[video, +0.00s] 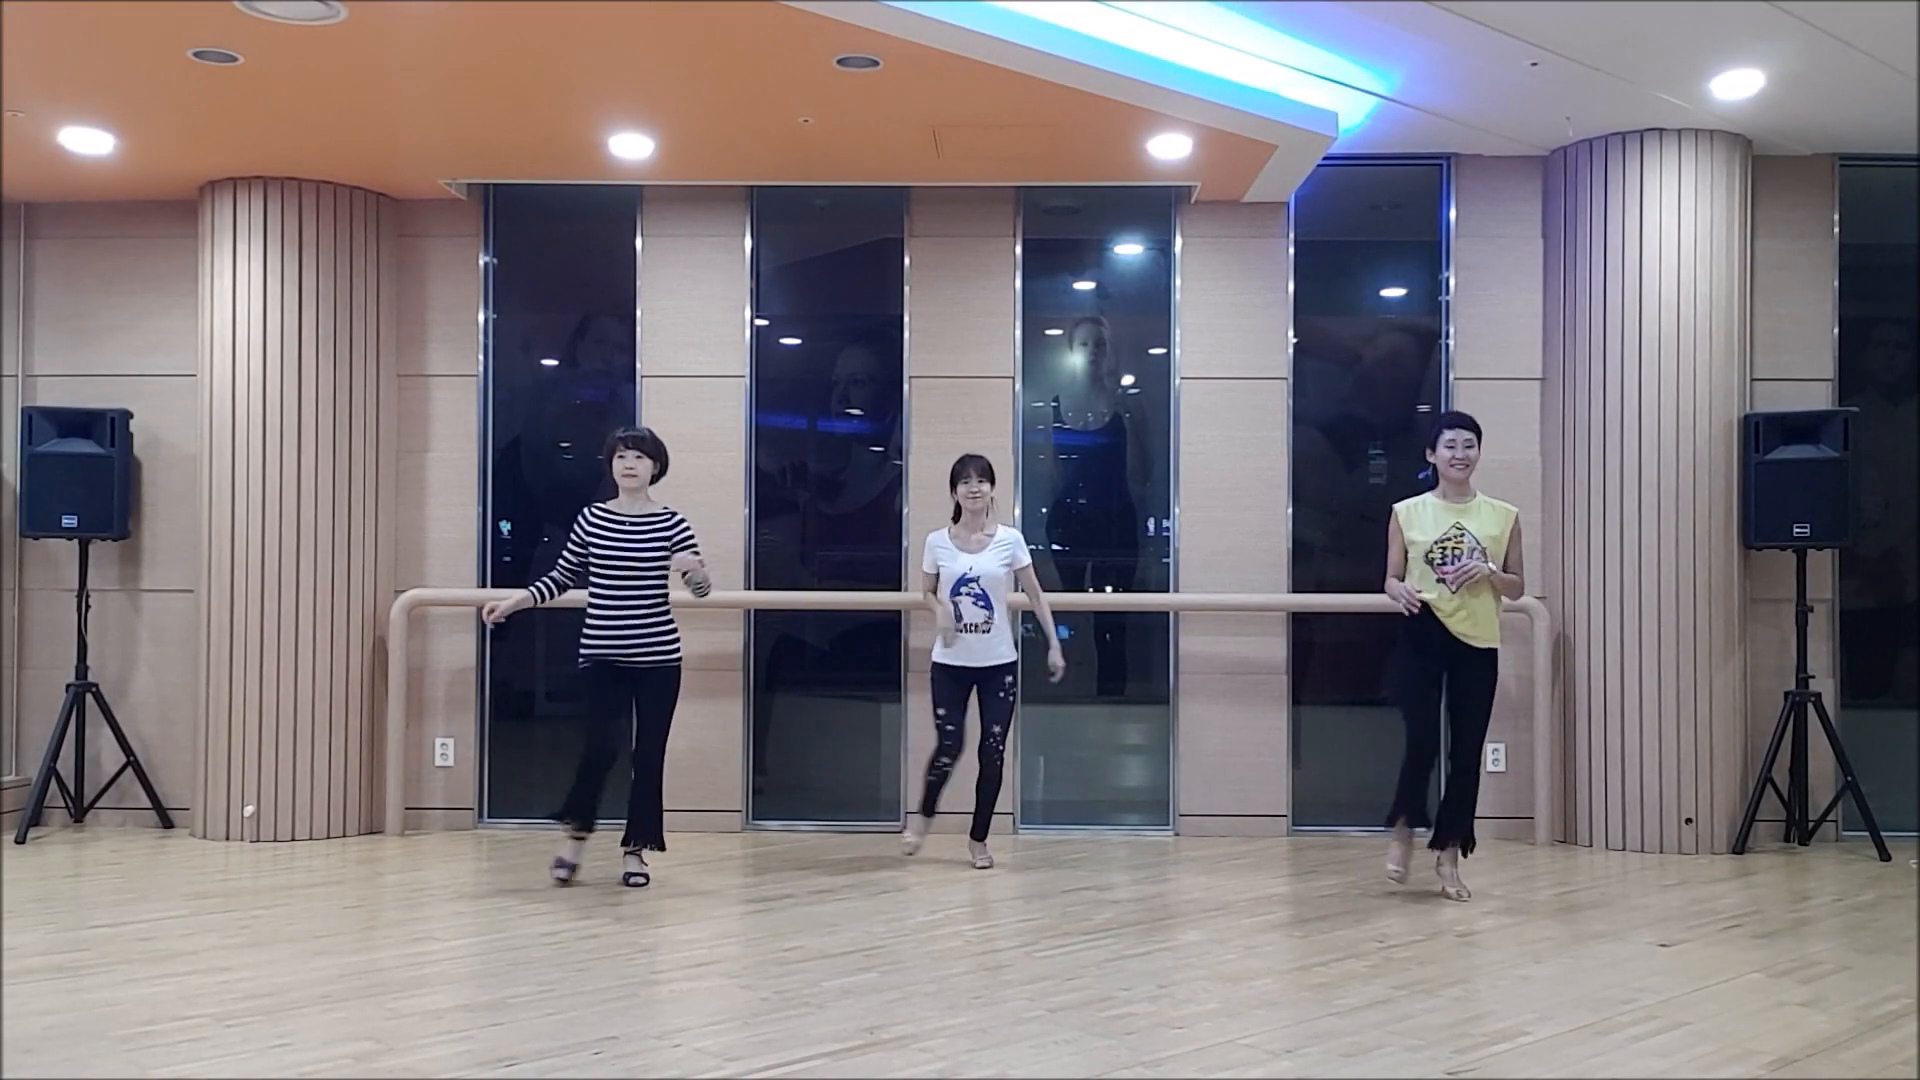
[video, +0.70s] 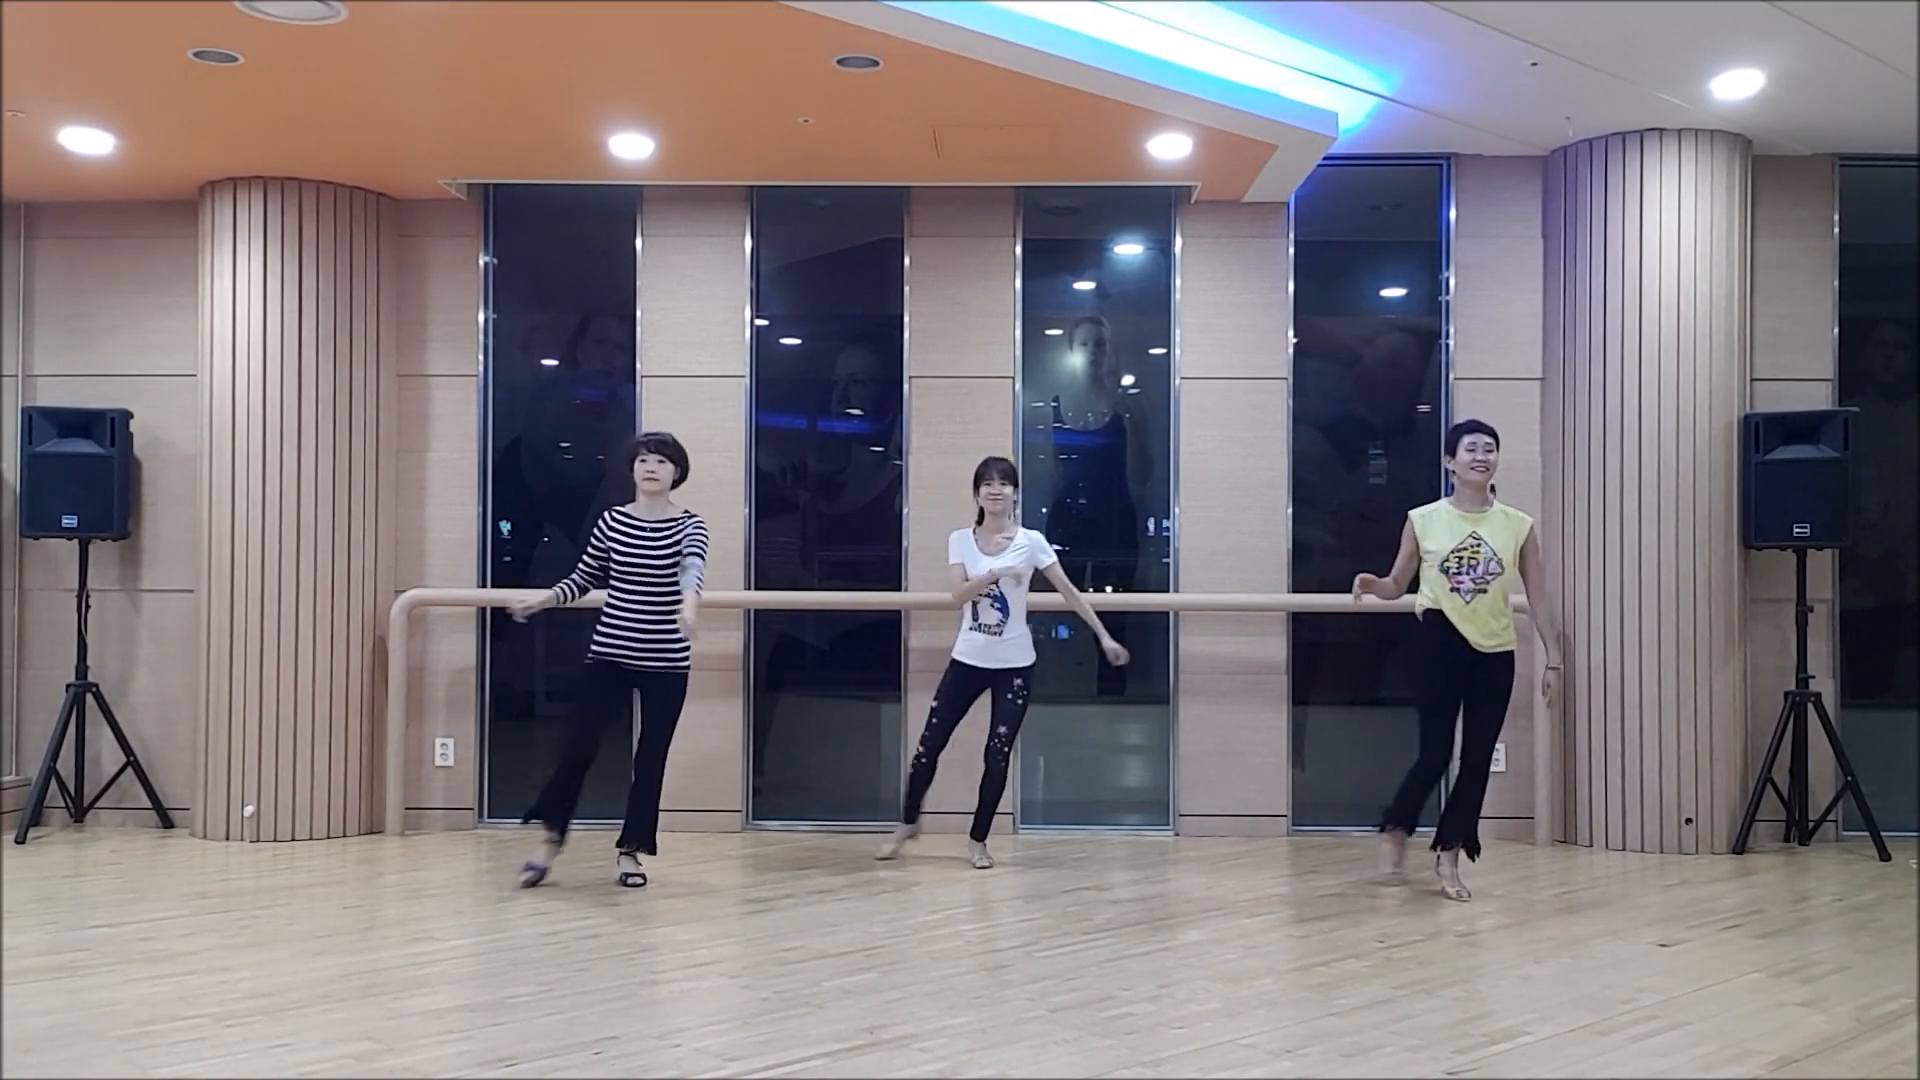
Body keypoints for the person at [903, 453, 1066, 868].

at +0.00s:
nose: (974, 488)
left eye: (981, 481)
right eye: (965, 482)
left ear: (993, 488)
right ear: (954, 490)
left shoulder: (1010, 539)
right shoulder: (937, 542)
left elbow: (1035, 593)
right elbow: (926, 593)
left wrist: (1054, 643)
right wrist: (941, 607)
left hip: (998, 663)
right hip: (949, 663)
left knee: (993, 752)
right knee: (949, 747)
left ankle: (978, 838)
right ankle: (922, 817)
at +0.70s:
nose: (995, 490)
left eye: (1002, 484)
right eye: (987, 484)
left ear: (1015, 492)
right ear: (976, 492)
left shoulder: (1031, 541)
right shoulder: (961, 540)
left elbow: (1069, 592)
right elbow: (957, 595)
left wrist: (1105, 636)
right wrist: (989, 578)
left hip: (1015, 662)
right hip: (968, 658)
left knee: (998, 754)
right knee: (929, 744)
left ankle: (978, 840)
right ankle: (909, 822)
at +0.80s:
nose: (1007, 491)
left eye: (1015, 484)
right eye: (999, 485)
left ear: (1026, 492)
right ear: (988, 493)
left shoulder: (1043, 543)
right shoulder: (972, 539)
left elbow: (1079, 592)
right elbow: (980, 589)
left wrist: (1115, 637)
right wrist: (1028, 575)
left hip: (1026, 663)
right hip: (981, 660)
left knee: (1004, 754)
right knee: (954, 747)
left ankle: (980, 841)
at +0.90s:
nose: (1023, 490)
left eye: (1030, 483)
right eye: (1015, 484)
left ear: (1041, 492)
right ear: (1002, 493)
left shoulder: (1058, 541)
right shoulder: (987, 540)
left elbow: (1082, 591)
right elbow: (998, 594)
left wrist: (1101, 633)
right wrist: (1052, 601)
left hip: (1040, 666)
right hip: (995, 664)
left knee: (1017, 753)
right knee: (1002, 754)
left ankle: (984, 837)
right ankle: (1039, 823)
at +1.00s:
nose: (1038, 490)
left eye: (1045, 484)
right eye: (1029, 484)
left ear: (1056, 491)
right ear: (1018, 493)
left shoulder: (1072, 541)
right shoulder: (1005, 540)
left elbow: (1086, 591)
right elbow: (1015, 602)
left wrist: (1093, 628)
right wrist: (1055, 646)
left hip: (1059, 660)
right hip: (1013, 661)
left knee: (1056, 746)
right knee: (1026, 751)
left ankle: (1015, 823)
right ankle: (1047, 831)